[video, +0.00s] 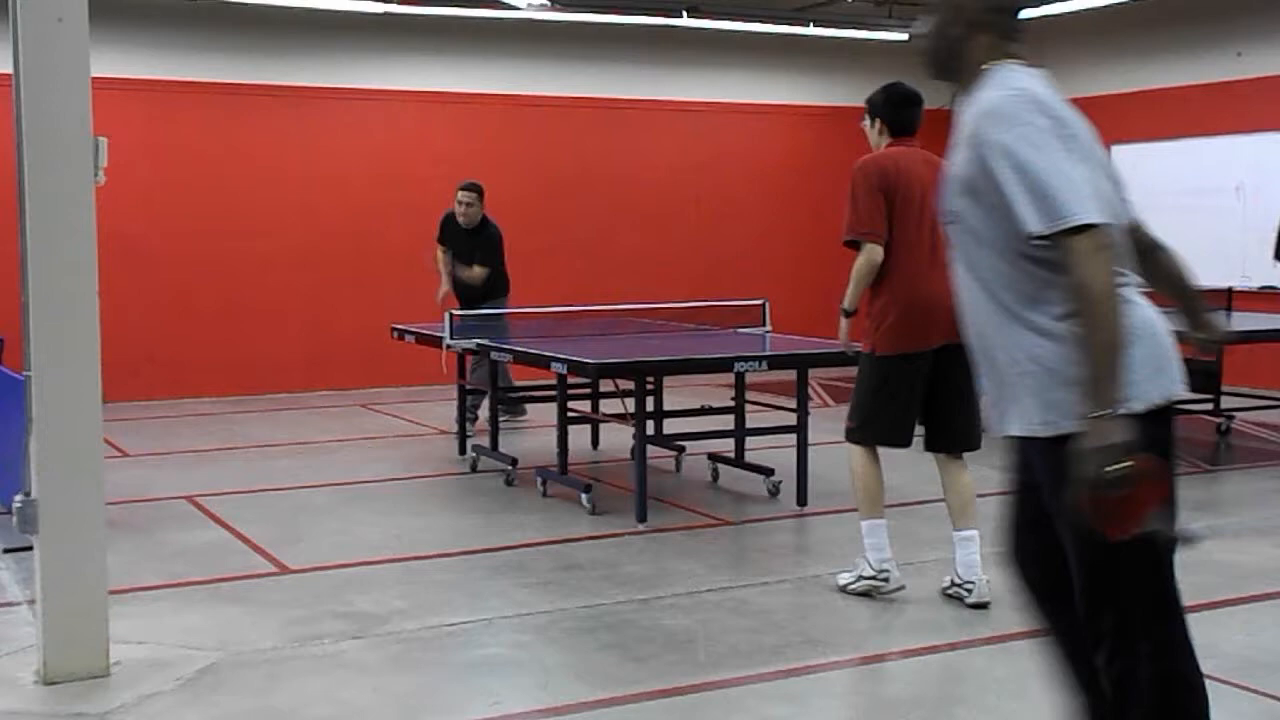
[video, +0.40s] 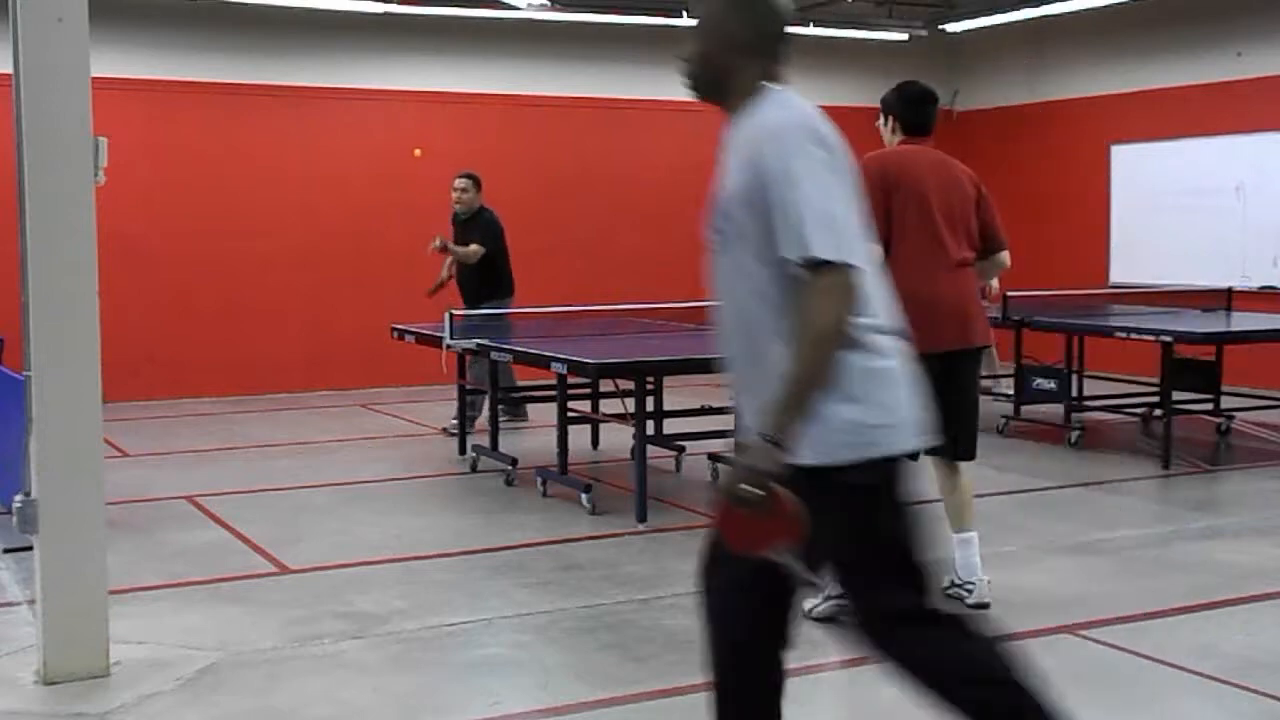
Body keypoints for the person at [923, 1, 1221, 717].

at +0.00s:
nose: (920, 31)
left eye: (932, 17)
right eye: (922, 18)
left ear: (971, 26)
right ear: (992, 30)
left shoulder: (1004, 103)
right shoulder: (1020, 99)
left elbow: (1090, 245)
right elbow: (1128, 233)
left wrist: (1105, 412)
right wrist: (1201, 317)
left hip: (1095, 413)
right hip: (1059, 410)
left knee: (1123, 601)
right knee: (1043, 564)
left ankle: (1160, 714)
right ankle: (1115, 705)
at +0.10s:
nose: (886, 44)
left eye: (897, 28)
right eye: (887, 29)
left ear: (933, 35)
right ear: (958, 37)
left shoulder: (966, 114)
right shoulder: (998, 102)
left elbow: (1045, 257)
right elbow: (1098, 232)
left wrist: (1051, 426)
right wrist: (1147, 323)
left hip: (1056, 417)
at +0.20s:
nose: (819, 55)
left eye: (833, 37)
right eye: (825, 37)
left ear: (876, 51)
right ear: (891, 53)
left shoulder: (916, 137)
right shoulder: (909, 130)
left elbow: (974, 298)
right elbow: (1040, 264)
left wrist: (954, 465)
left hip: (1017, 438)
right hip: (958, 446)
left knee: (1114, 644)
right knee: (900, 660)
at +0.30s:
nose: (751, 64)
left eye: (768, 47)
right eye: (757, 47)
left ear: (812, 62)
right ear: (814, 66)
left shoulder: (854, 146)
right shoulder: (821, 150)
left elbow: (902, 312)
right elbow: (881, 308)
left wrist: (851, 461)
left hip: (945, 452)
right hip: (882, 459)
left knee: (1051, 643)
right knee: (808, 662)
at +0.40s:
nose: (687, 50)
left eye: (699, 31)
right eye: (692, 32)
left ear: (744, 44)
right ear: (753, 48)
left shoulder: (785, 128)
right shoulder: (755, 129)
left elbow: (832, 288)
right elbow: (804, 289)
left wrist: (770, 437)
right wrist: (762, 423)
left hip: (839, 432)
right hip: (786, 436)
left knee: (896, 613)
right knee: (738, 602)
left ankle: (1023, 712)